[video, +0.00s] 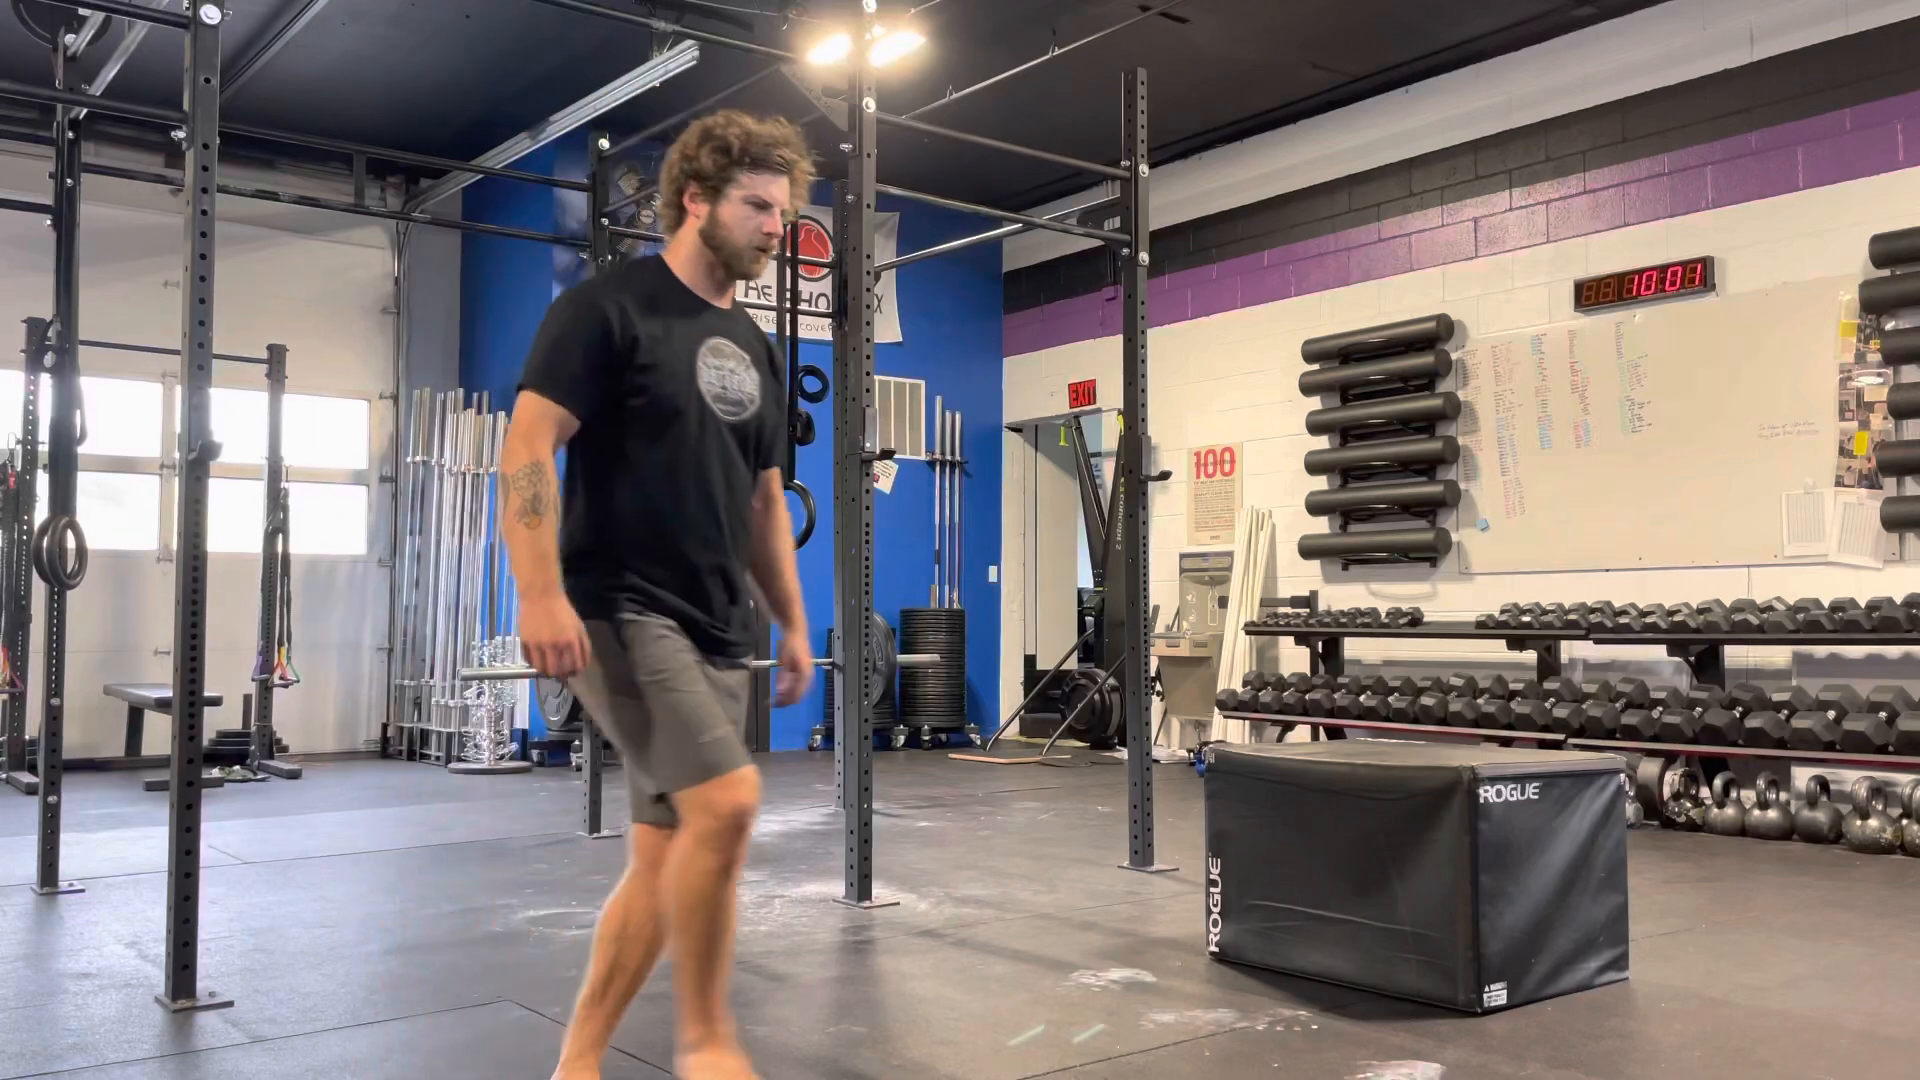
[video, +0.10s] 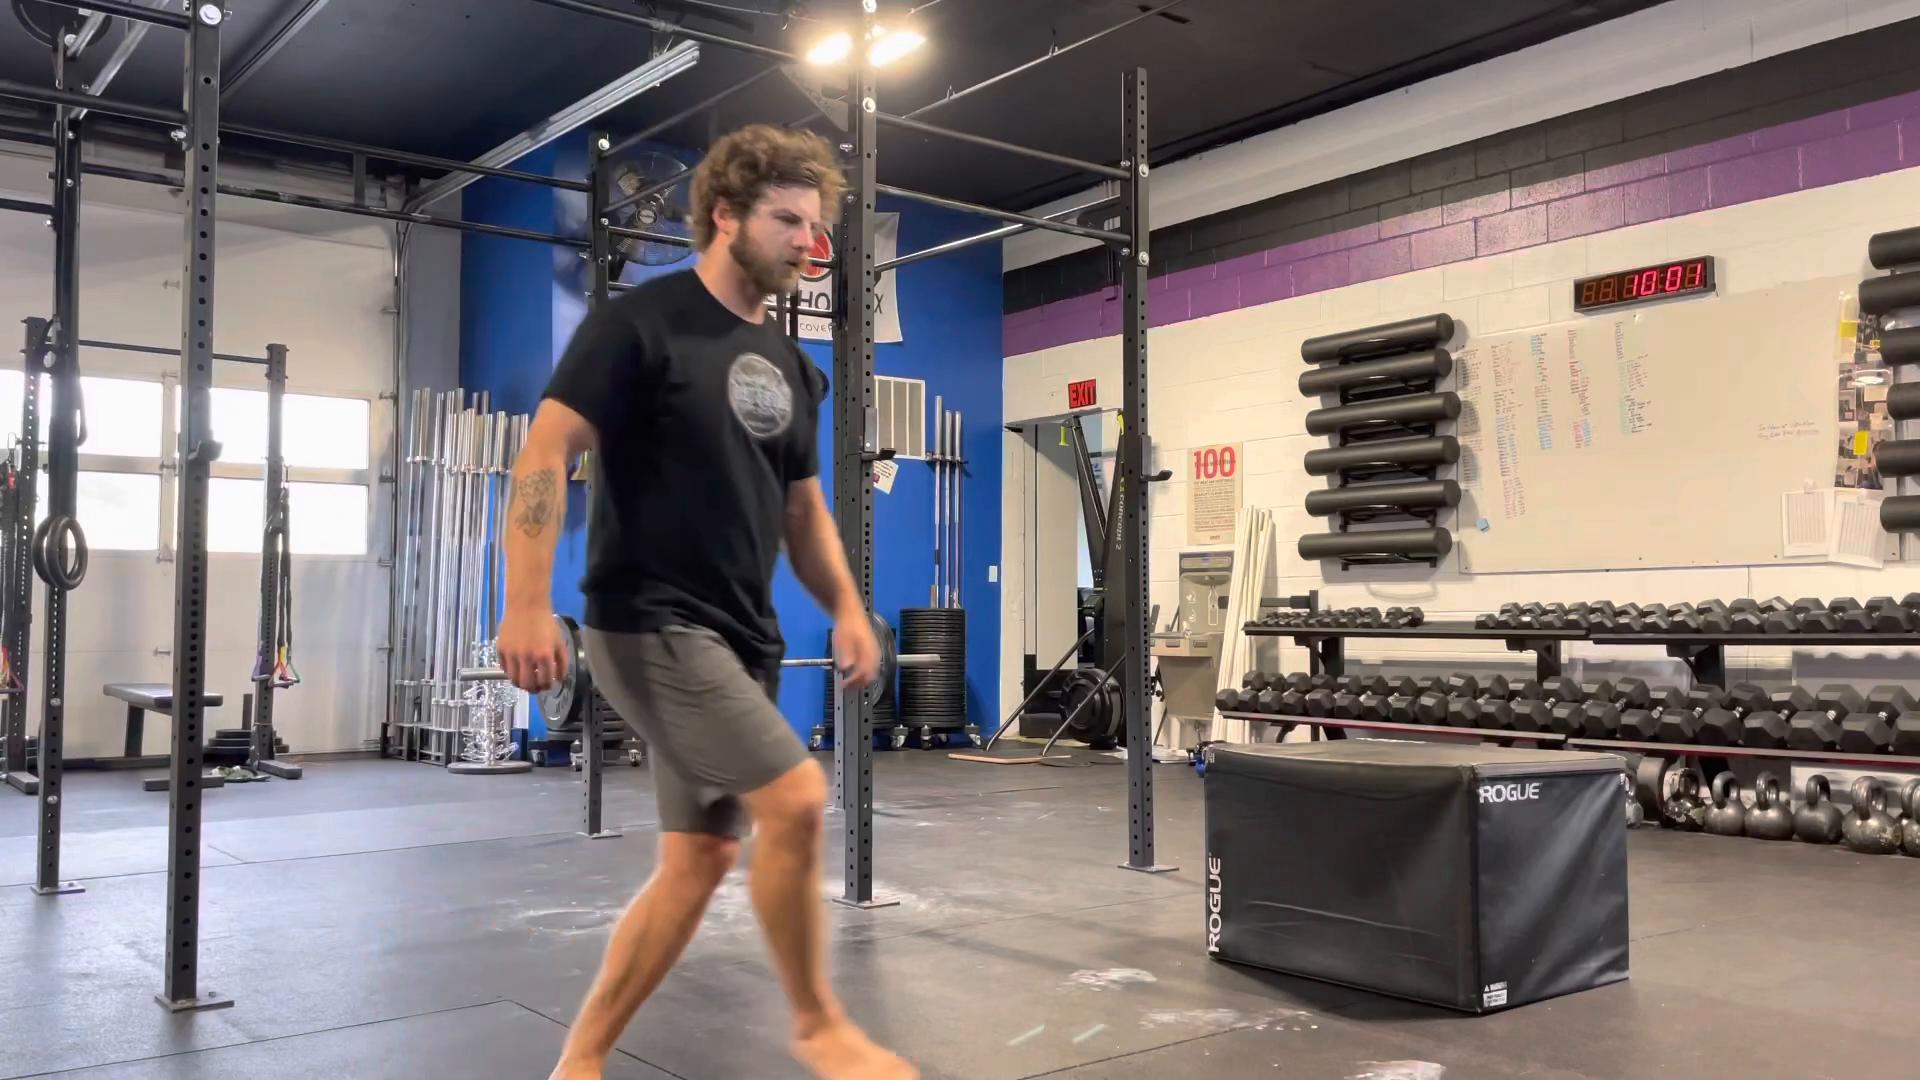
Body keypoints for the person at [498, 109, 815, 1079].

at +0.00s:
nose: (776, 226)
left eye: (783, 211)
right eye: (758, 205)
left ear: (779, 220)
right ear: (695, 202)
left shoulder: (756, 348)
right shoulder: (604, 306)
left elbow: (766, 495)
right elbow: (524, 450)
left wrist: (793, 620)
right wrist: (538, 595)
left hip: (723, 621)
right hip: (623, 605)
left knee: (661, 861)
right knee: (726, 798)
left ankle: (578, 1058)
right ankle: (706, 1043)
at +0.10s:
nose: (812, 243)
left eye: (818, 227)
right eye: (793, 222)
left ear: (816, 232)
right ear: (727, 219)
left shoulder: (789, 363)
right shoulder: (637, 318)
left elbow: (803, 505)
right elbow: (545, 450)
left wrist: (847, 608)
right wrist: (525, 604)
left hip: (738, 629)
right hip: (648, 619)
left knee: (697, 859)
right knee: (795, 796)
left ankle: (579, 1057)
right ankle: (818, 1024)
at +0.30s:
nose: (897, 333)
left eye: (904, 315)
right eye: (877, 311)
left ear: (908, 320)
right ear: (814, 313)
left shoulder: (884, 442)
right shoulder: (729, 414)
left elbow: (912, 569)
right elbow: (592, 516)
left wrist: (953, 619)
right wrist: (571, 661)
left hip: (807, 701)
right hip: (732, 697)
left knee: (799, 921)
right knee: (917, 841)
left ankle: (590, 1051)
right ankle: (937, 1053)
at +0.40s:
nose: (957, 415)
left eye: (964, 397)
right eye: (938, 394)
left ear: (970, 402)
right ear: (875, 398)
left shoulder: (952, 512)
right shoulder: (795, 478)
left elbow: (986, 623)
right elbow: (641, 550)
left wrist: (1014, 672)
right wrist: (603, 692)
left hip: (841, 757)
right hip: (764, 748)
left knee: (843, 972)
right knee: (966, 844)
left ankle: (612, 1043)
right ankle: (943, 1053)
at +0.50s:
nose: (1028, 481)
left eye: (1034, 464)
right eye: (1010, 462)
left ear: (1039, 466)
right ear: (946, 463)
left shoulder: (1016, 577)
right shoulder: (858, 524)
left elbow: (1069, 678)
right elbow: (701, 545)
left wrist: (1088, 714)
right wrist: (598, 662)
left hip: (853, 792)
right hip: (791, 777)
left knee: (853, 1007)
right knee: (1001, 848)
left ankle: (619, 1040)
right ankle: (948, 1052)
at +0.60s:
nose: (1112, 510)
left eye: (1115, 494)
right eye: (1096, 492)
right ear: (1034, 492)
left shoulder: (1072, 602)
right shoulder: (933, 544)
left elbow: (1110, 712)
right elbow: (772, 561)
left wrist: (1133, 707)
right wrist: (638, 639)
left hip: (864, 784)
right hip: (825, 764)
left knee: (848, 1005)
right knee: (1042, 852)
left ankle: (614, 1041)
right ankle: (952, 1054)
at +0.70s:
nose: (1185, 471)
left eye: (1185, 456)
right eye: (1172, 456)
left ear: (1127, 462)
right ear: (1120, 459)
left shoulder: (1119, 548)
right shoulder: (1014, 532)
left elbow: (1094, 667)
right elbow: (861, 629)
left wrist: (1121, 681)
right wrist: (747, 718)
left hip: (916, 734)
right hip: (903, 731)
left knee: (887, 965)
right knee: (1083, 868)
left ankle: (658, 1023)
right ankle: (951, 1052)